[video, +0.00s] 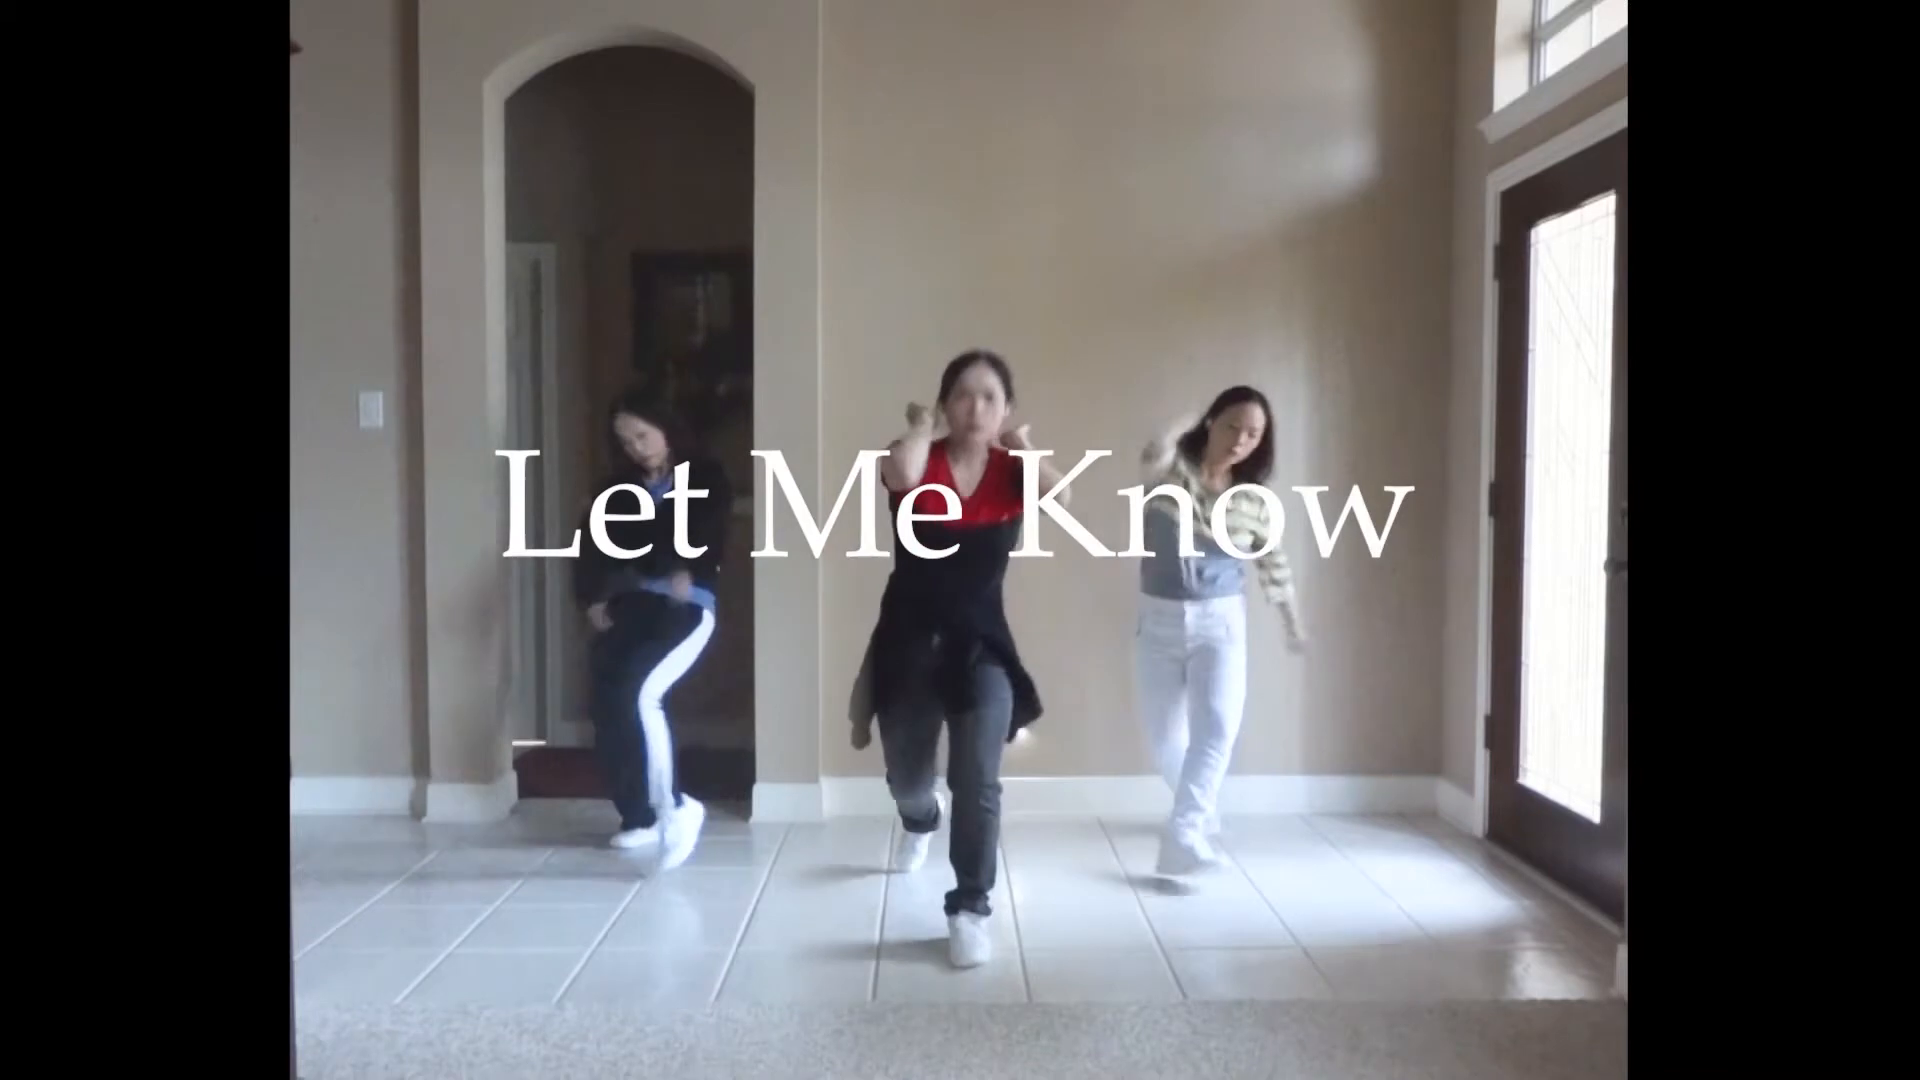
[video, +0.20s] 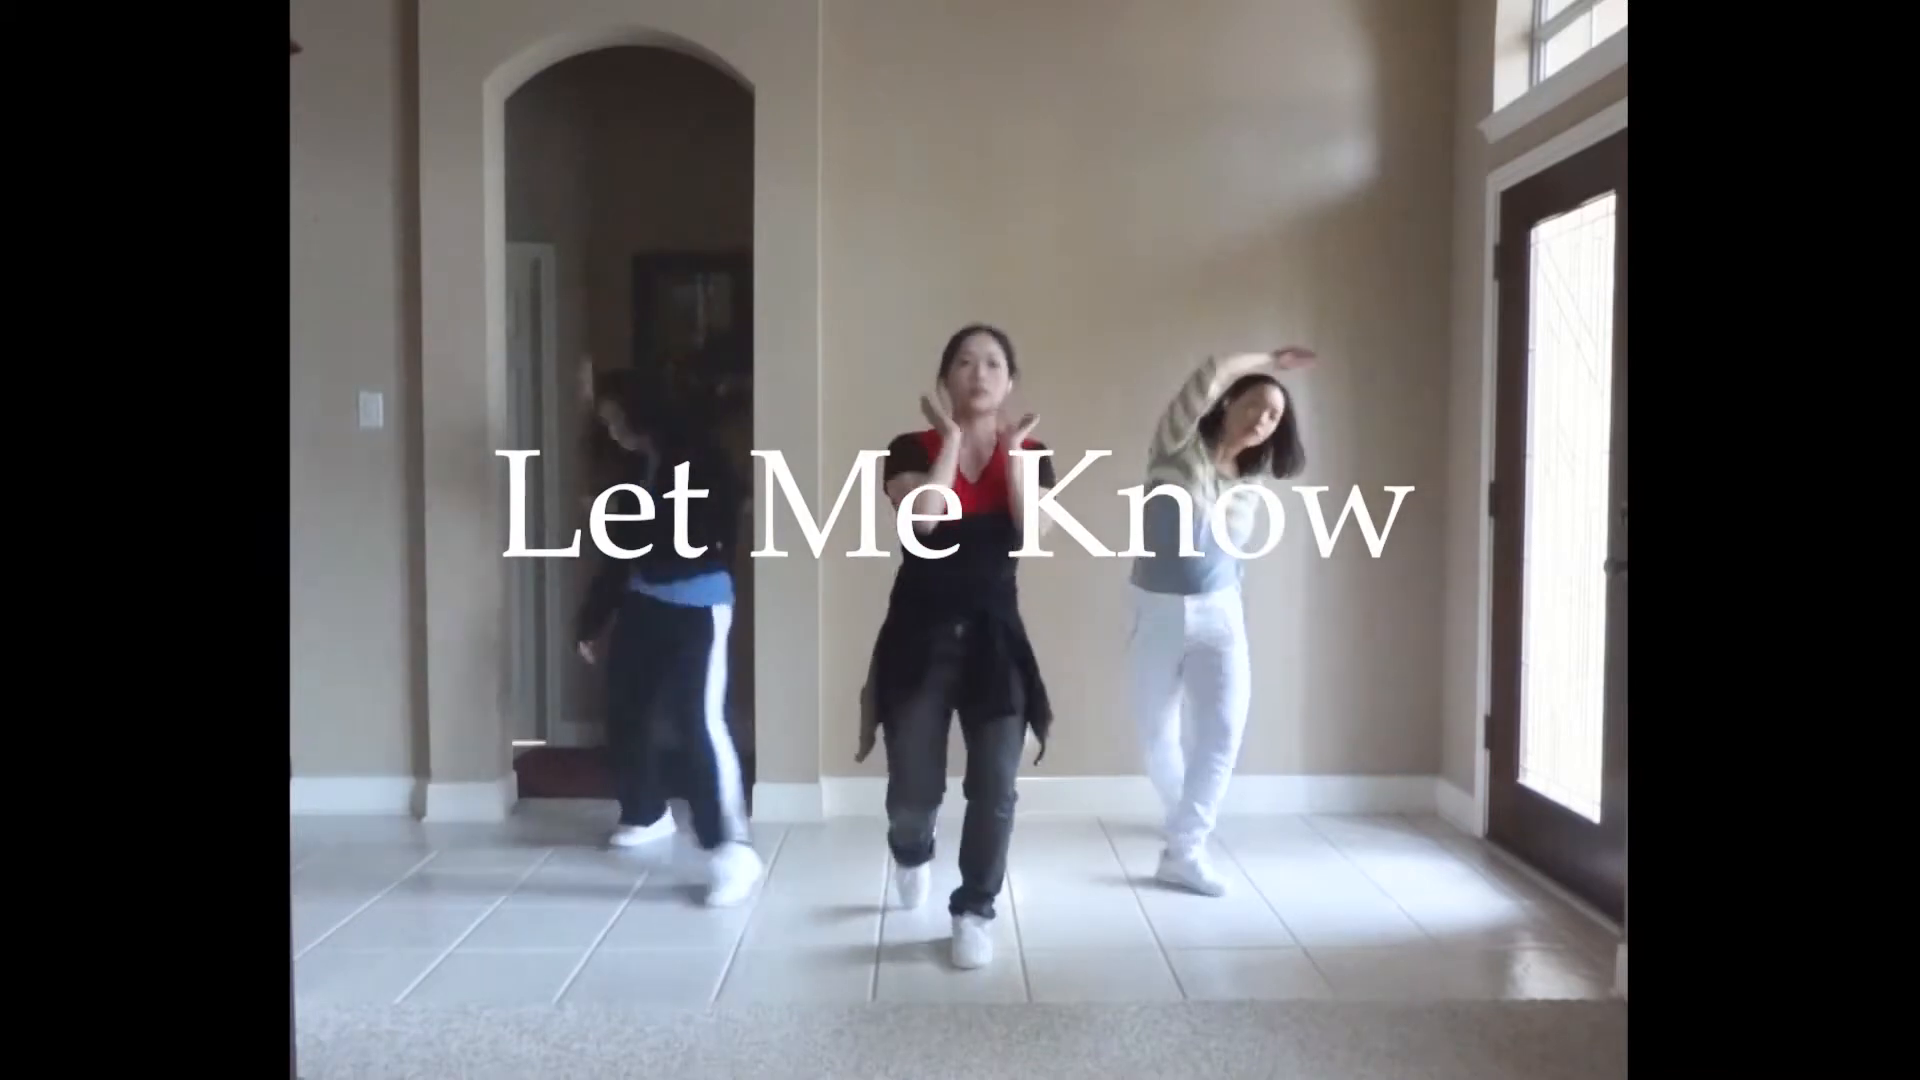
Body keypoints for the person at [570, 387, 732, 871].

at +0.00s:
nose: (638, 449)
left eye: (644, 436)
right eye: (628, 442)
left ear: (665, 429)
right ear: (623, 445)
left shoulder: (703, 477)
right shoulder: (623, 489)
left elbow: (713, 536)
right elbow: (593, 545)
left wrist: (690, 569)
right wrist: (593, 598)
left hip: (686, 607)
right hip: (632, 609)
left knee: (644, 693)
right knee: (610, 702)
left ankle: (672, 810)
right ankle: (640, 822)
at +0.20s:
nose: (613, 434)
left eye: (618, 422)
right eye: (608, 424)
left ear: (642, 415)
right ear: (619, 425)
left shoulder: (699, 456)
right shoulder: (635, 467)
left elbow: (721, 538)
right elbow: (622, 551)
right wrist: (594, 618)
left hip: (701, 600)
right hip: (647, 596)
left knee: (700, 719)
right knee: (628, 705)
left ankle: (732, 849)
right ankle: (647, 818)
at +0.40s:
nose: (639, 404)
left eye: (644, 389)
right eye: (632, 396)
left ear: (670, 383)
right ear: (634, 402)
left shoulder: (714, 437)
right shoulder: (659, 450)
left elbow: (737, 519)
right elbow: (662, 534)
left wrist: (671, 505)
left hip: (725, 591)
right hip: (671, 592)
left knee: (729, 730)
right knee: (660, 711)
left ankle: (751, 862)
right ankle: (661, 802)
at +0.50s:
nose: (651, 397)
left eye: (656, 385)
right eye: (644, 389)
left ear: (682, 380)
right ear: (649, 394)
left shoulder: (723, 432)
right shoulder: (672, 443)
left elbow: (746, 513)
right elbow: (662, 520)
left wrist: (684, 505)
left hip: (730, 592)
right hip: (681, 591)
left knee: (728, 727)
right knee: (672, 707)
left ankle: (752, 864)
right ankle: (685, 812)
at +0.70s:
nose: (673, 387)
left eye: (680, 374)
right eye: (667, 378)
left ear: (708, 375)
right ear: (669, 385)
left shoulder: (744, 438)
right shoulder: (682, 449)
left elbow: (751, 526)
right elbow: (663, 528)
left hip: (743, 601)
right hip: (690, 602)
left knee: (731, 734)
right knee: (682, 731)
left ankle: (750, 867)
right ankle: (722, 846)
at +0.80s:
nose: (684, 384)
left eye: (693, 372)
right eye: (677, 376)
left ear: (718, 373)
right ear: (673, 385)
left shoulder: (747, 429)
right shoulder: (680, 456)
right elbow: (664, 540)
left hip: (749, 600)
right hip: (690, 604)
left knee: (736, 736)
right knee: (682, 733)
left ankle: (750, 868)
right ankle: (718, 854)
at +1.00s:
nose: (695, 387)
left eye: (705, 375)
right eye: (688, 379)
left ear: (733, 380)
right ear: (682, 389)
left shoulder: (761, 453)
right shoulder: (681, 465)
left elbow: (757, 518)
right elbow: (665, 555)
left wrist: (728, 441)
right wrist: (639, 630)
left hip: (759, 607)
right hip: (696, 614)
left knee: (747, 741)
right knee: (687, 737)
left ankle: (749, 868)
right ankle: (694, 858)